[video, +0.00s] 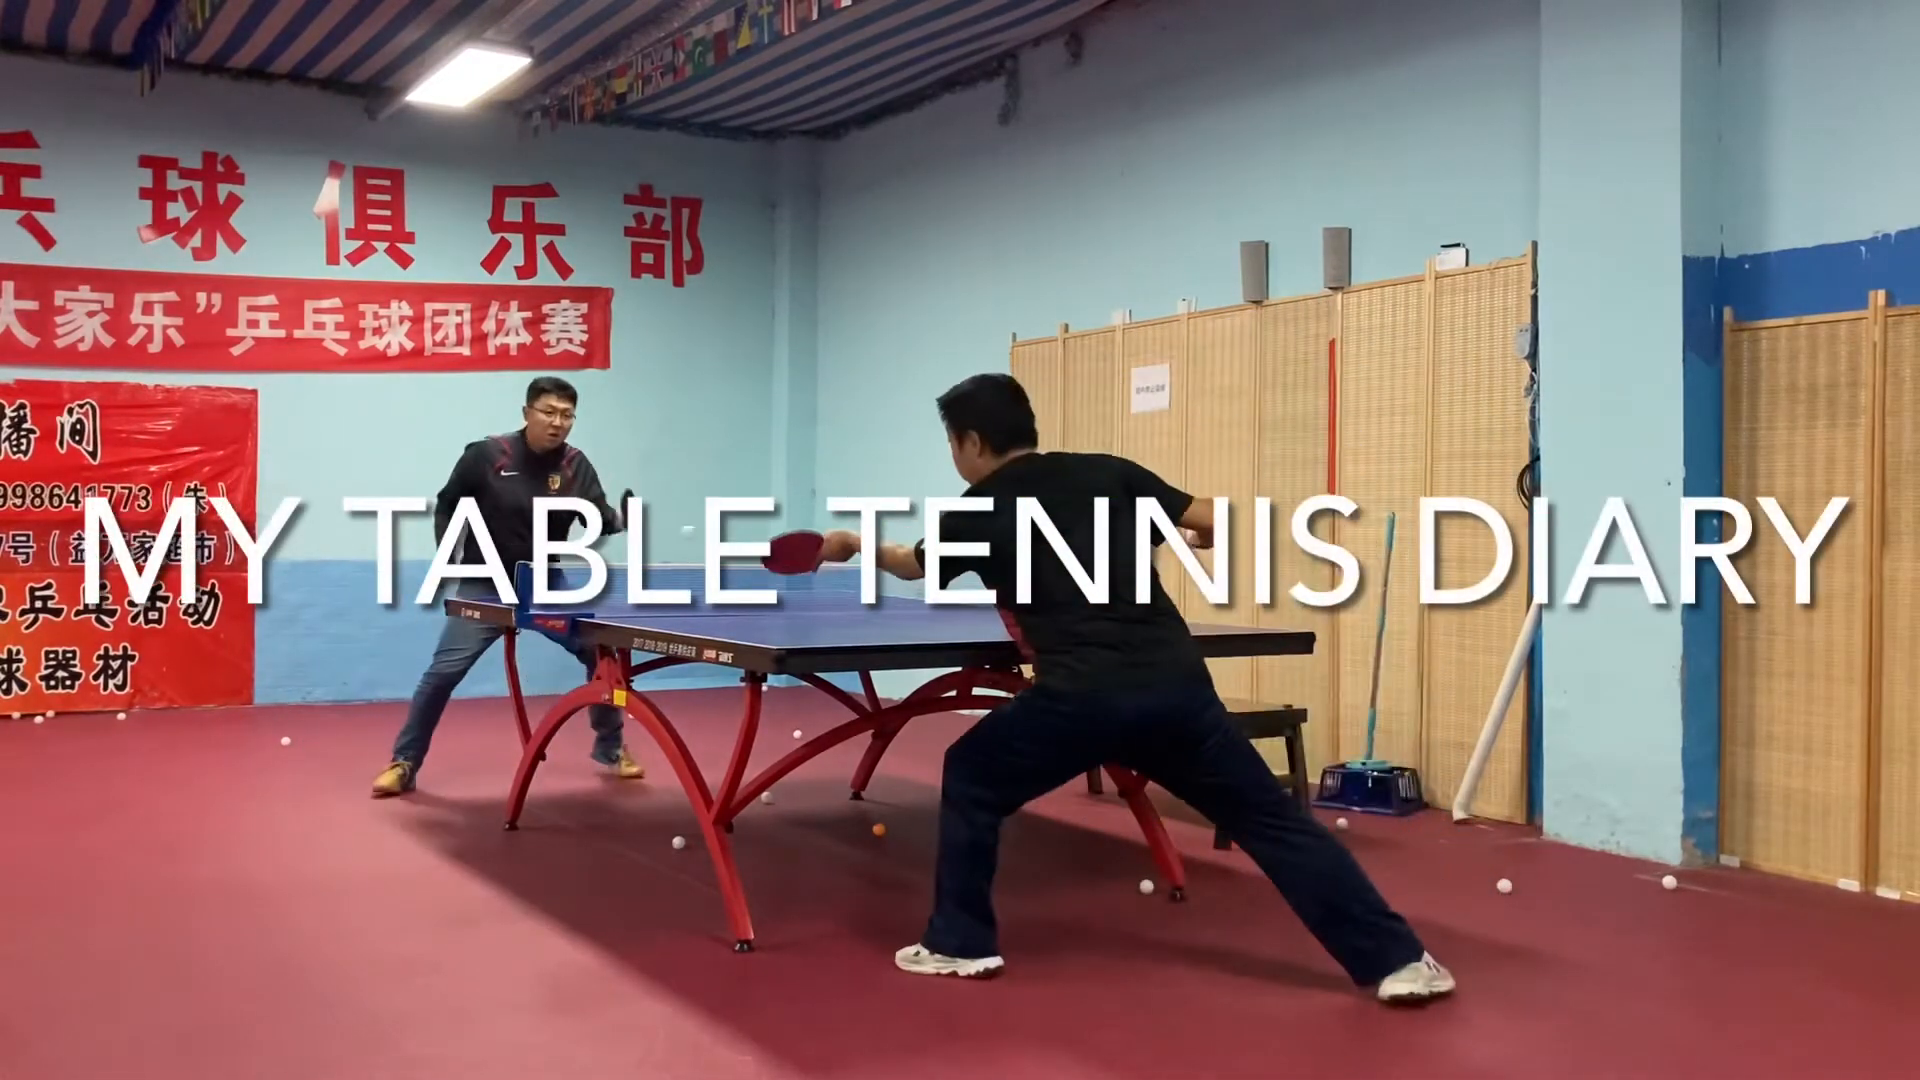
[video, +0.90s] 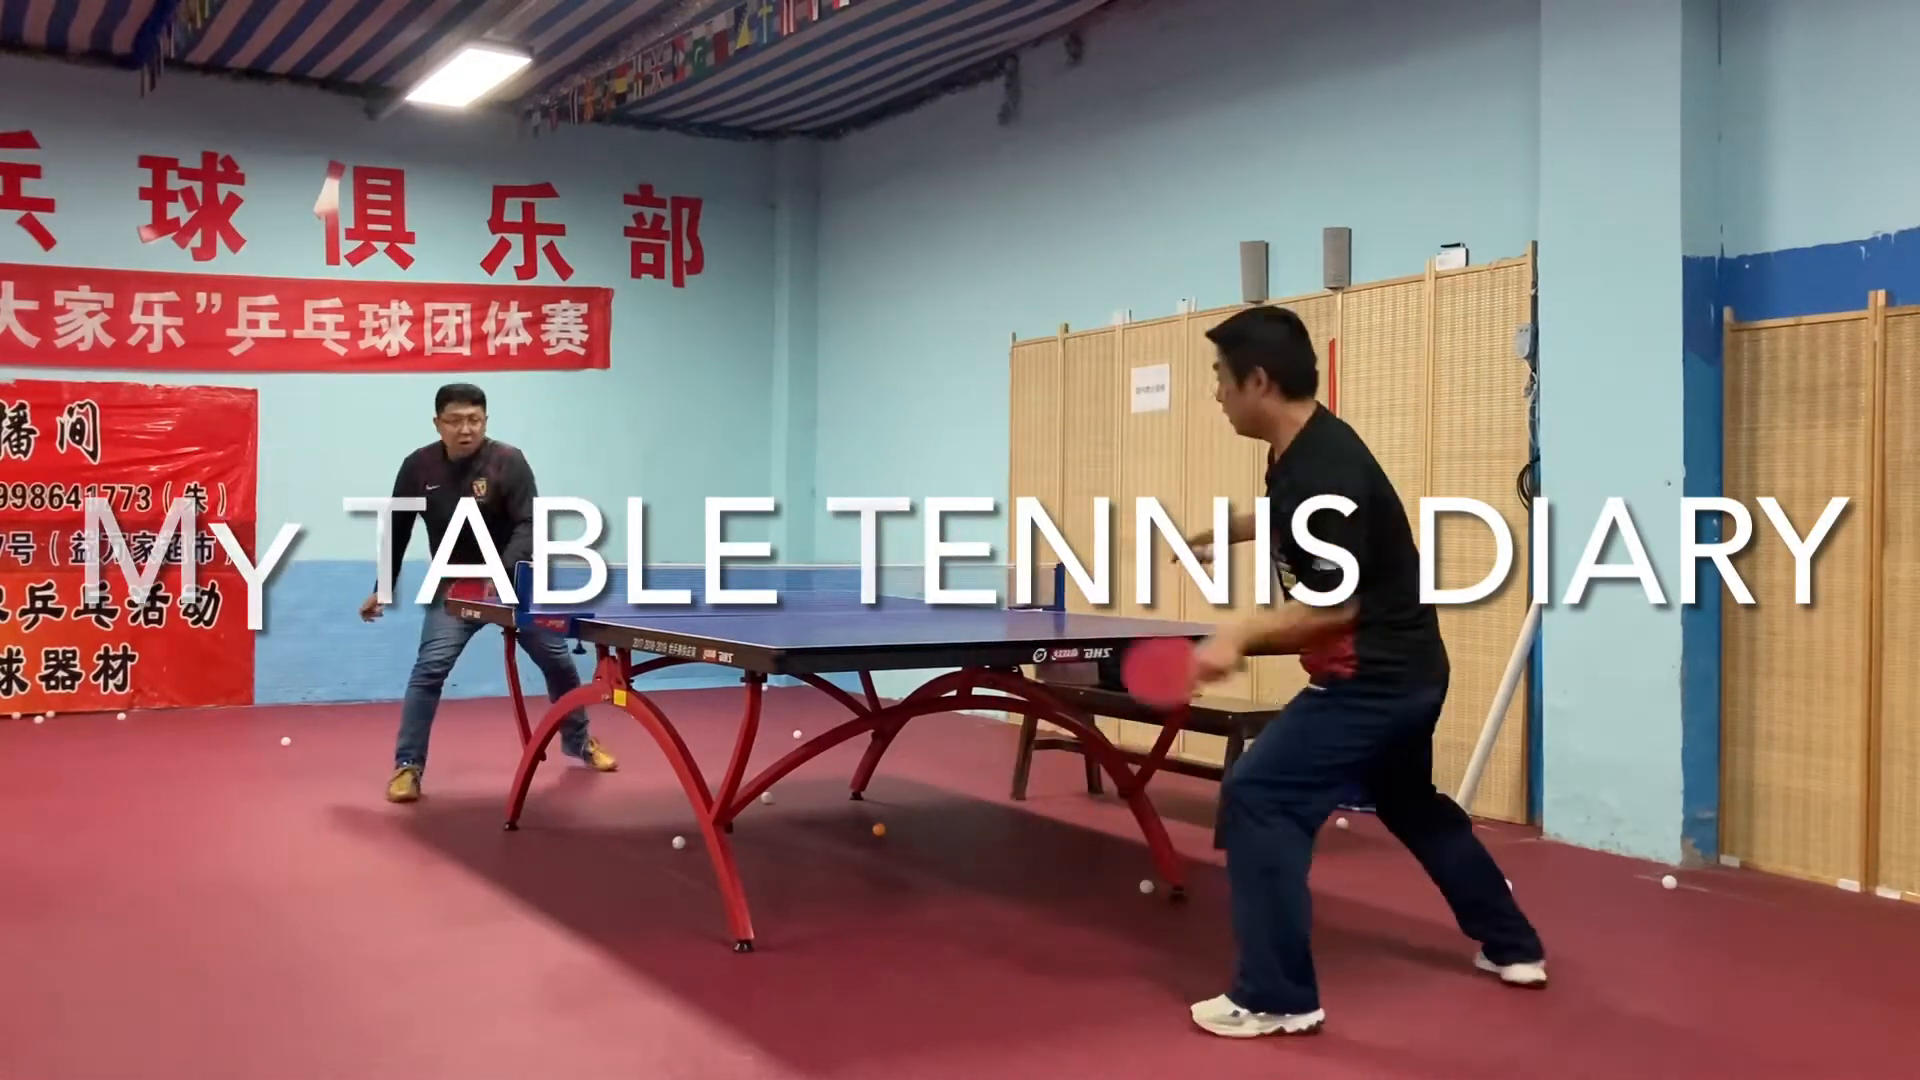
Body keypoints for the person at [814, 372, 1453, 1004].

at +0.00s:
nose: (953, 458)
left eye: (954, 444)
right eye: (954, 444)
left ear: (974, 441)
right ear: (1030, 429)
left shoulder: (983, 505)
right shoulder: (1115, 473)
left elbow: (913, 566)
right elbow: (1204, 521)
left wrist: (855, 543)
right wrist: (1147, 526)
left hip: (1081, 694)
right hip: (1176, 687)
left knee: (973, 771)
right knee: (1271, 818)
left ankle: (962, 941)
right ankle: (1398, 960)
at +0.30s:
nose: (1048, 408)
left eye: (1050, 395)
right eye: (1048, 395)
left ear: (1070, 395)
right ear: (1125, 389)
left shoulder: (1054, 475)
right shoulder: (1196, 458)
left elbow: (998, 575)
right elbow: (1262, 533)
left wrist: (946, 544)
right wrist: (1179, 543)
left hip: (1111, 687)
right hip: (1211, 683)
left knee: (1005, 789)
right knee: (1288, 818)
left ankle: (961, 940)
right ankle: (1383, 970)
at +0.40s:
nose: (1106, 385)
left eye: (1106, 370)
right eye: (1104, 371)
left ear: (1128, 367)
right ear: (1183, 363)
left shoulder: (1129, 450)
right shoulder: (1248, 435)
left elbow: (1098, 564)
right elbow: (1298, 528)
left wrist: (1025, 553)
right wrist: (1226, 536)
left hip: (1173, 671)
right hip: (1263, 667)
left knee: (1075, 800)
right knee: (1310, 813)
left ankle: (975, 934)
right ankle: (1390, 972)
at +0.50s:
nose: (1142, 363)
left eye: (1143, 346)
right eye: (1141, 347)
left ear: (1167, 343)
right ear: (1217, 341)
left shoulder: (1178, 432)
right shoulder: (1281, 413)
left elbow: (1171, 547)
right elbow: (1328, 507)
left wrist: (1072, 557)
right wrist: (1245, 553)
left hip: (1234, 652)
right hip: (1314, 648)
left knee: (1124, 776)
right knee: (1318, 800)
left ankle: (1076, 957)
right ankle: (1392, 970)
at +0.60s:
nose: (1164, 349)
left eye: (1165, 333)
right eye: (1164, 334)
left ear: (1188, 332)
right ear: (1241, 326)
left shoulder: (1204, 421)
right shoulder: (1301, 396)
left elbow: (1195, 540)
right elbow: (1354, 489)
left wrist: (1110, 550)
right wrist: (1277, 524)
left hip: (1268, 647)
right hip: (1345, 640)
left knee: (1181, 789)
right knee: (1342, 787)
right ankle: (1407, 948)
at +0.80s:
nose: (1214, 392)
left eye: (1217, 377)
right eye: (1213, 377)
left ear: (1249, 375)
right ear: (1282, 373)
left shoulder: (1288, 463)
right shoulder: (1329, 436)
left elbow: (1262, 588)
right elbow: (1302, 563)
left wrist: (1170, 592)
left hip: (1340, 685)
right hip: (1393, 676)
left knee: (1238, 814)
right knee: (1411, 813)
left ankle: (1276, 1007)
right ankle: (1515, 944)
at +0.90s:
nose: (1217, 394)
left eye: (1224, 378)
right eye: (1217, 378)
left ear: (1262, 381)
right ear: (1275, 379)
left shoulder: (1321, 472)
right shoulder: (1306, 447)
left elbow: (1333, 610)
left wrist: (1243, 636)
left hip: (1377, 680)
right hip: (1394, 674)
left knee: (1259, 795)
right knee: (1412, 804)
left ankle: (1277, 995)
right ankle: (1515, 948)